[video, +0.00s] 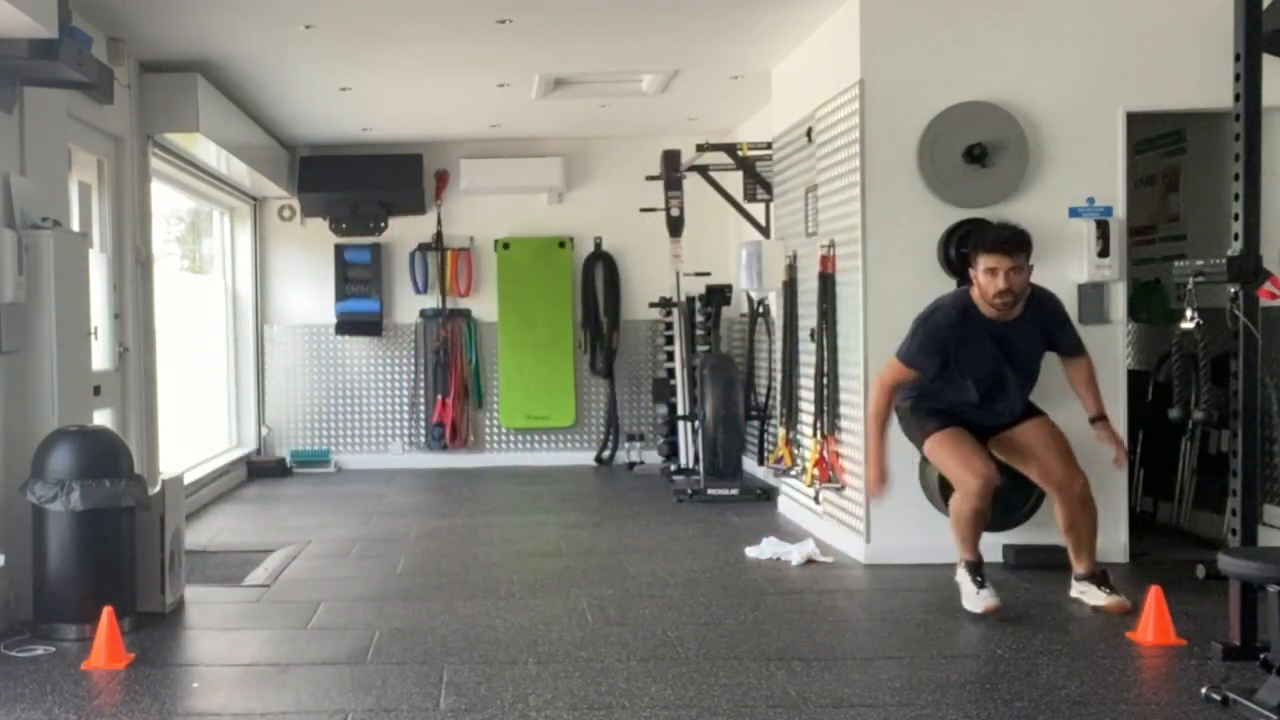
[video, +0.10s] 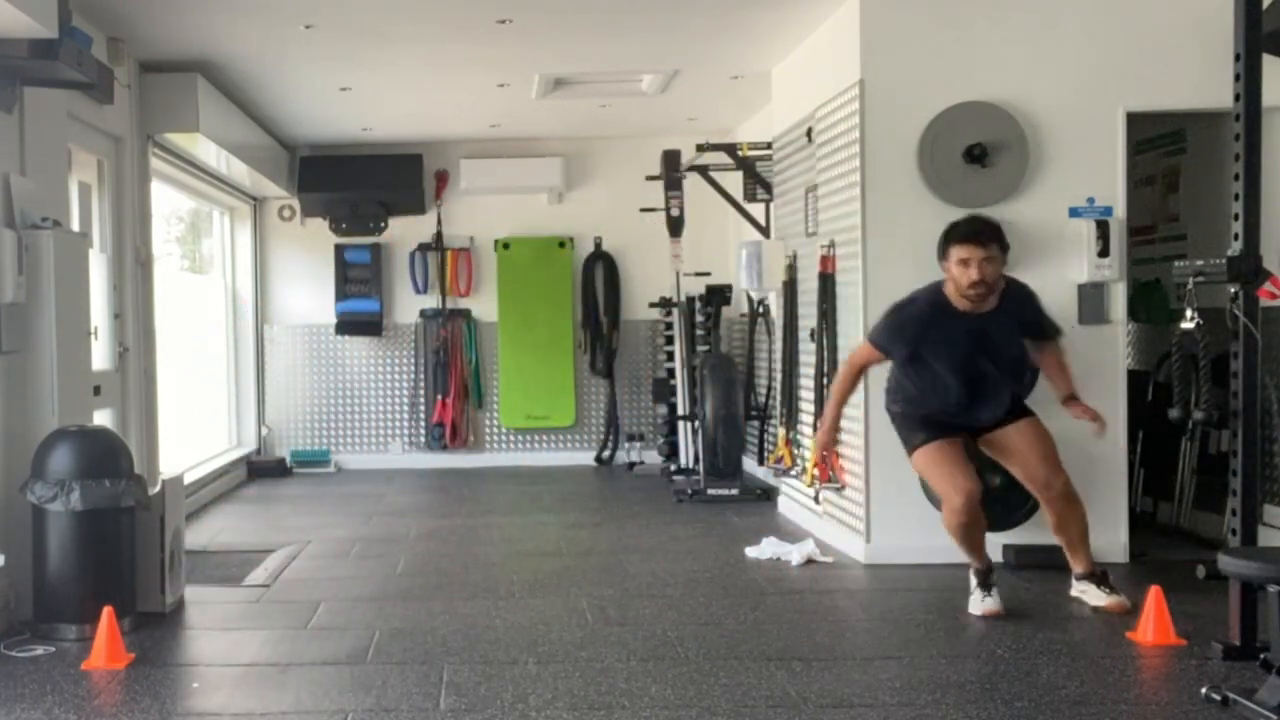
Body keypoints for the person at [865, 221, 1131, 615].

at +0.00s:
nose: (1005, 284)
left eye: (1015, 271)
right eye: (992, 272)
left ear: (1029, 271)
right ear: (972, 275)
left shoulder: (1044, 308)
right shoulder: (944, 319)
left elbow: (1075, 359)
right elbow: (885, 383)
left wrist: (1099, 419)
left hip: (1002, 404)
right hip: (933, 408)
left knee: (1072, 484)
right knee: (979, 478)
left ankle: (1085, 578)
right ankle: (969, 567)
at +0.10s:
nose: (977, 274)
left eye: (988, 262)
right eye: (965, 263)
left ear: (1003, 264)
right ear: (945, 266)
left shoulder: (1017, 300)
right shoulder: (916, 314)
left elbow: (1046, 348)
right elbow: (855, 363)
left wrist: (1069, 397)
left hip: (995, 403)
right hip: (926, 414)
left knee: (1053, 483)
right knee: (963, 497)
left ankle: (1084, 576)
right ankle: (982, 572)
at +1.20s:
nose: (294, 245)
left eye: (304, 233)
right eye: (284, 234)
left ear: (321, 232)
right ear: (272, 235)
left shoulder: (358, 288)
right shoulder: (261, 286)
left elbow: (402, 351)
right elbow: (240, 334)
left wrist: (386, 420)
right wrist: (229, 386)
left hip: (352, 398)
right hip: (296, 391)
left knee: (313, 487)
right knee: (235, 480)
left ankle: (336, 593)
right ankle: (200, 583)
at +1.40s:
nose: (208, 266)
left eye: (218, 253)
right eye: (198, 255)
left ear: (234, 253)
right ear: (184, 258)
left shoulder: (276, 304)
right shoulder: (176, 311)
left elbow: (325, 361)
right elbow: (159, 364)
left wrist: (330, 430)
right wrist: (146, 417)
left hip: (277, 407)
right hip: (215, 405)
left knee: (259, 496)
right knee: (165, 493)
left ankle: (301, 585)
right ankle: (152, 601)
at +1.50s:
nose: (185, 264)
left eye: (195, 252)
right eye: (174, 253)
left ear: (212, 249)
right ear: (162, 253)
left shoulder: (258, 297)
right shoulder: (157, 308)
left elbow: (312, 348)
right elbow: (143, 366)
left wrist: (325, 416)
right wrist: (139, 411)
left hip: (267, 401)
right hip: (203, 402)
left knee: (252, 494)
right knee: (163, 491)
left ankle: (294, 580)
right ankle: (151, 599)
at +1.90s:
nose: (260, 251)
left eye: (270, 239)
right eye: (250, 240)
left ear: (287, 237)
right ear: (239, 240)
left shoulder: (326, 287)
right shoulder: (225, 291)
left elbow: (378, 334)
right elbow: (178, 347)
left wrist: (400, 396)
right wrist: (162, 417)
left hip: (301, 405)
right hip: (239, 396)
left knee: (279, 510)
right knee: (196, 488)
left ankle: (240, 591)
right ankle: (155, 594)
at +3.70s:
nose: (861, 241)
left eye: (871, 228)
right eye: (849, 230)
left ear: (886, 228)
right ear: (835, 232)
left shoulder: (910, 270)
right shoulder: (811, 285)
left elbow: (940, 313)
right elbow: (759, 348)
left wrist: (956, 362)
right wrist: (802, 368)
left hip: (892, 379)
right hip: (839, 397)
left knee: (889, 465)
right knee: (902, 488)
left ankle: (891, 572)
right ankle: (990, 564)